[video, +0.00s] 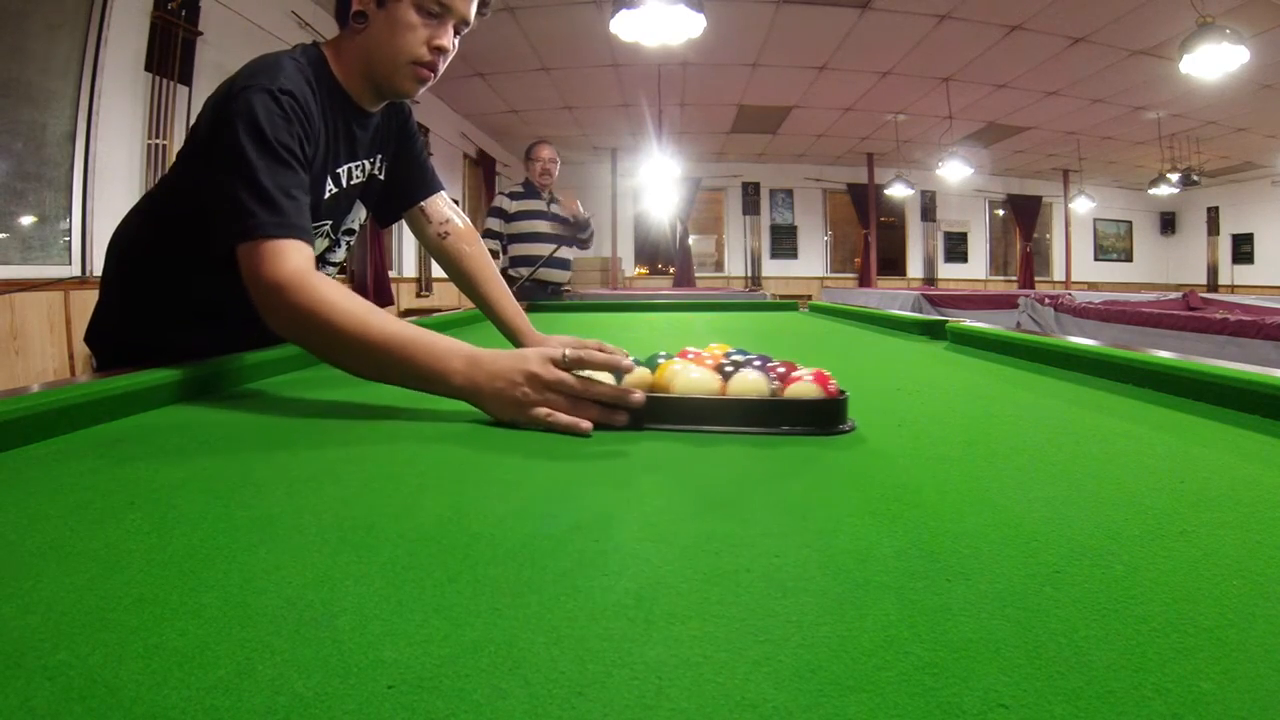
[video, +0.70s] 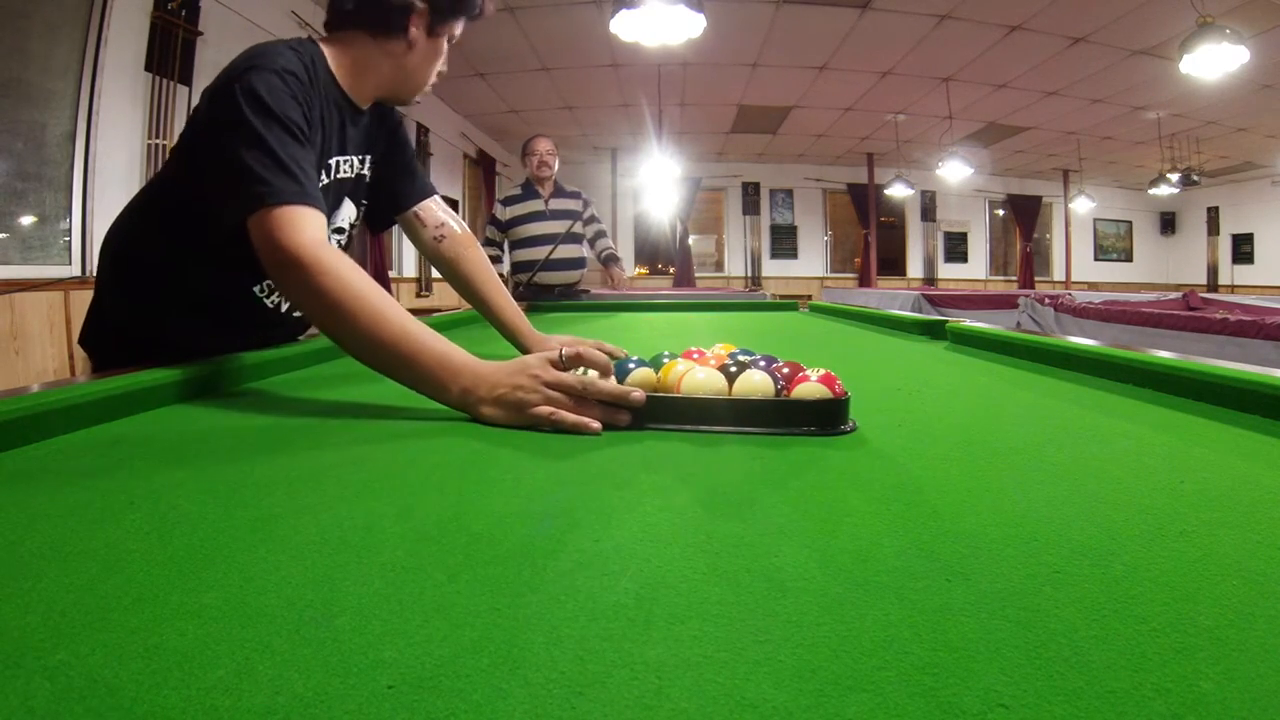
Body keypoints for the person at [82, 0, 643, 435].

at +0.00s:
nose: (447, 44)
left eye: (458, 30)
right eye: (430, 15)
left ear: (463, 40)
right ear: (363, 7)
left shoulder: (391, 120)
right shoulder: (269, 97)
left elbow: (448, 230)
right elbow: (285, 287)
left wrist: (526, 339)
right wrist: (476, 374)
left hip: (264, 338)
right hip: (157, 343)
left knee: (241, 524)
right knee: (141, 535)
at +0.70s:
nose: (444, 68)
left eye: (451, 48)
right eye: (449, 44)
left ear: (401, 29)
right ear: (412, 25)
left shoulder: (380, 122)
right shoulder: (271, 83)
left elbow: (442, 232)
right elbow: (301, 259)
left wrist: (527, 339)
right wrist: (475, 383)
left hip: (259, 342)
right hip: (153, 344)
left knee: (240, 527)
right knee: (143, 536)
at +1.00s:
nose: (400, 60)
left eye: (405, 43)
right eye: (409, 41)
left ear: (327, 10)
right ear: (400, 34)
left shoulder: (328, 96)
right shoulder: (295, 55)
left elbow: (372, 232)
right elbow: (315, 227)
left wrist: (465, 340)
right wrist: (473, 381)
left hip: (235, 346)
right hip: (149, 352)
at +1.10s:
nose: (379, 67)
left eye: (382, 55)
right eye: (389, 50)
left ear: (315, 8)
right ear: (386, 29)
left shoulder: (279, 63)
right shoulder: (300, 52)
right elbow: (326, 220)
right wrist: (477, 375)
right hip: (150, 350)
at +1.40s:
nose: (360, 60)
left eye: (362, 51)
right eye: (364, 47)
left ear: (293, 18)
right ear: (357, 32)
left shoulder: (254, 72)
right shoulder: (297, 57)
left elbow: (279, 222)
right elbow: (330, 178)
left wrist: (334, 308)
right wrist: (443, 342)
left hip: (205, 331)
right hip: (141, 335)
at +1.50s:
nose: (350, 52)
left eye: (350, 44)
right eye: (352, 41)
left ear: (279, 14)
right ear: (348, 30)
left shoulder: (243, 63)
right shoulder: (287, 54)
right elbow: (295, 178)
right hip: (142, 343)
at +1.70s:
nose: (303, 39)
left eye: (304, 28)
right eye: (303, 27)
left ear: (237, 18)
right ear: (293, 29)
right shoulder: (254, 54)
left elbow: (259, 217)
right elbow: (239, 157)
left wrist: (330, 289)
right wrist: (286, 298)